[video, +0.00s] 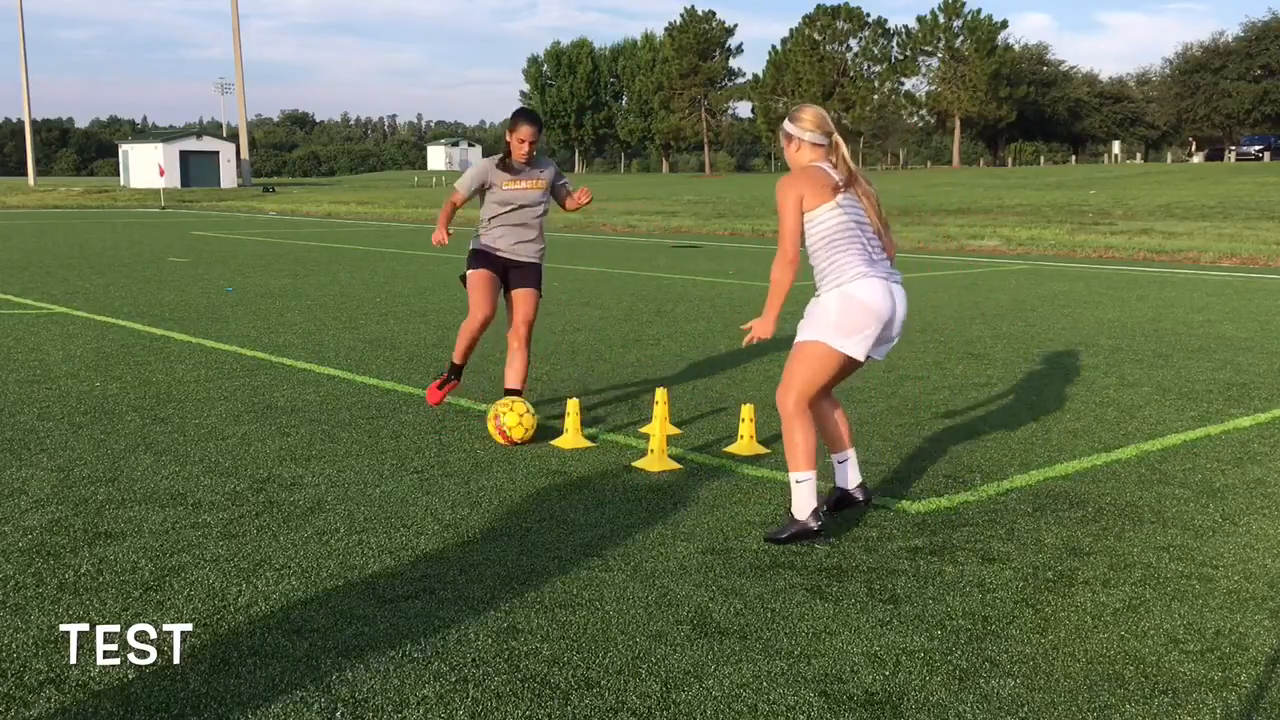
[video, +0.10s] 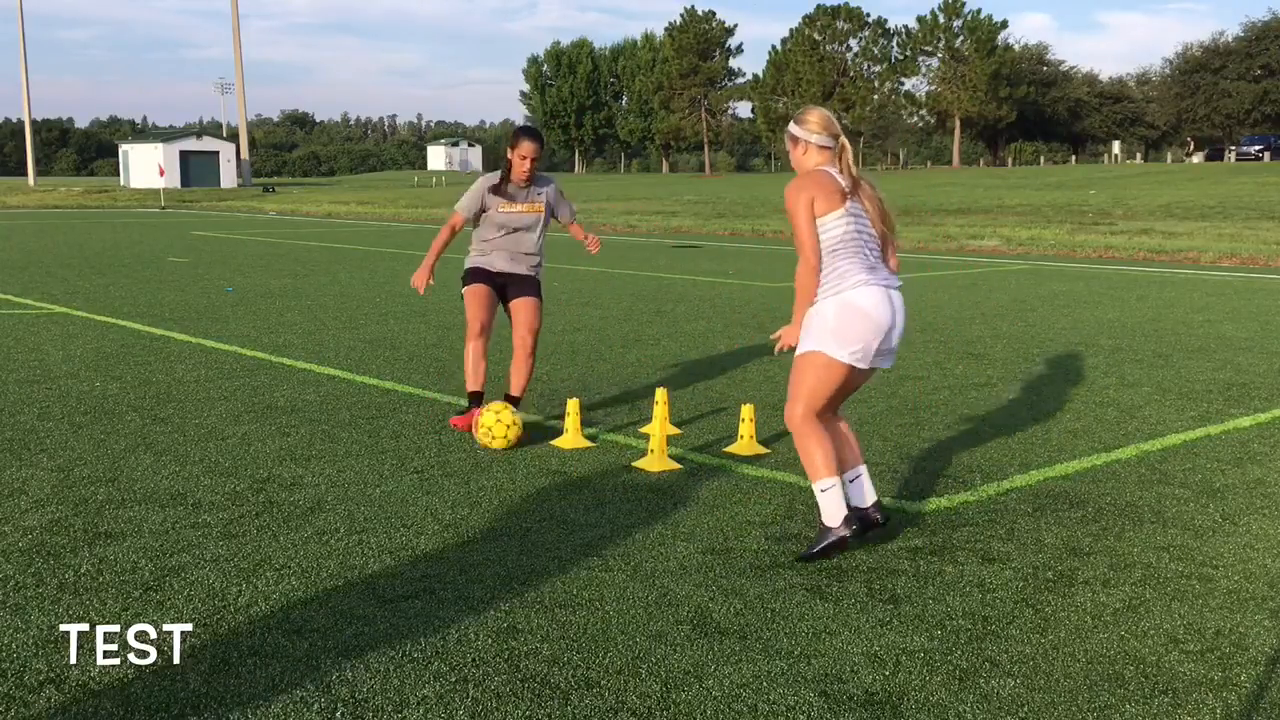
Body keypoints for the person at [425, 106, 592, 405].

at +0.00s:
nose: (527, 149)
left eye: (532, 142)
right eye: (521, 141)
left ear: (539, 141)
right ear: (508, 136)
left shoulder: (547, 170)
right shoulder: (487, 168)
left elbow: (566, 202)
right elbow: (454, 202)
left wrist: (576, 201)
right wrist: (442, 226)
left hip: (528, 259)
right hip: (487, 252)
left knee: (522, 330)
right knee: (481, 314)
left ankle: (512, 408)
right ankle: (452, 374)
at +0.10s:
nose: (528, 166)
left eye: (534, 159)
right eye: (522, 158)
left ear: (539, 159)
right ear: (509, 154)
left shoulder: (548, 189)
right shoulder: (485, 185)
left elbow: (569, 222)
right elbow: (453, 225)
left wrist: (585, 238)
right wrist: (427, 264)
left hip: (524, 271)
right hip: (482, 266)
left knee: (527, 338)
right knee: (477, 327)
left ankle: (510, 411)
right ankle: (475, 407)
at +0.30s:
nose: (528, 152)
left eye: (533, 145)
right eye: (522, 144)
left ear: (538, 145)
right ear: (507, 140)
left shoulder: (536, 173)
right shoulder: (482, 169)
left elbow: (527, 211)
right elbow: (452, 210)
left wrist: (536, 234)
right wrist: (437, 255)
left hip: (514, 258)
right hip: (476, 252)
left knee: (528, 332)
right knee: (486, 324)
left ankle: (510, 413)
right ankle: (466, 406)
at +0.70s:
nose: (536, 152)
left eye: (539, 146)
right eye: (530, 146)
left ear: (541, 148)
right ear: (514, 146)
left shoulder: (544, 181)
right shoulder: (493, 180)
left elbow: (541, 218)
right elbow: (471, 223)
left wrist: (555, 242)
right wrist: (485, 256)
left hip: (520, 269)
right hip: (486, 266)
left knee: (540, 339)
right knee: (477, 338)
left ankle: (510, 398)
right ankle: (448, 414)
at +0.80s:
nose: (539, 141)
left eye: (542, 135)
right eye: (533, 135)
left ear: (544, 137)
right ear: (517, 136)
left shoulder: (549, 170)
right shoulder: (499, 170)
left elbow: (546, 206)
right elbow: (481, 215)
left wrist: (558, 238)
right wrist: (508, 240)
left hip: (528, 259)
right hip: (493, 255)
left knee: (534, 335)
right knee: (492, 326)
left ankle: (510, 399)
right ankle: (463, 404)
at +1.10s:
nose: (550, 146)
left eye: (553, 140)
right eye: (544, 140)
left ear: (554, 143)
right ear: (527, 141)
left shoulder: (552, 174)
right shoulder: (510, 173)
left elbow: (544, 216)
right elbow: (486, 215)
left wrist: (560, 236)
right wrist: (520, 238)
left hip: (542, 261)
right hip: (510, 261)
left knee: (572, 319)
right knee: (515, 334)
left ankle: (548, 368)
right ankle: (484, 393)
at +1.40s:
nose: (577, 144)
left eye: (579, 139)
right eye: (571, 139)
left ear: (581, 141)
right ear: (555, 140)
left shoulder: (585, 166)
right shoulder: (539, 172)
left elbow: (587, 201)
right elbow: (521, 213)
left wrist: (602, 225)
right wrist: (540, 234)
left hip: (573, 255)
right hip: (541, 254)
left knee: (583, 318)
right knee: (538, 319)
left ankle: (570, 376)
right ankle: (506, 383)